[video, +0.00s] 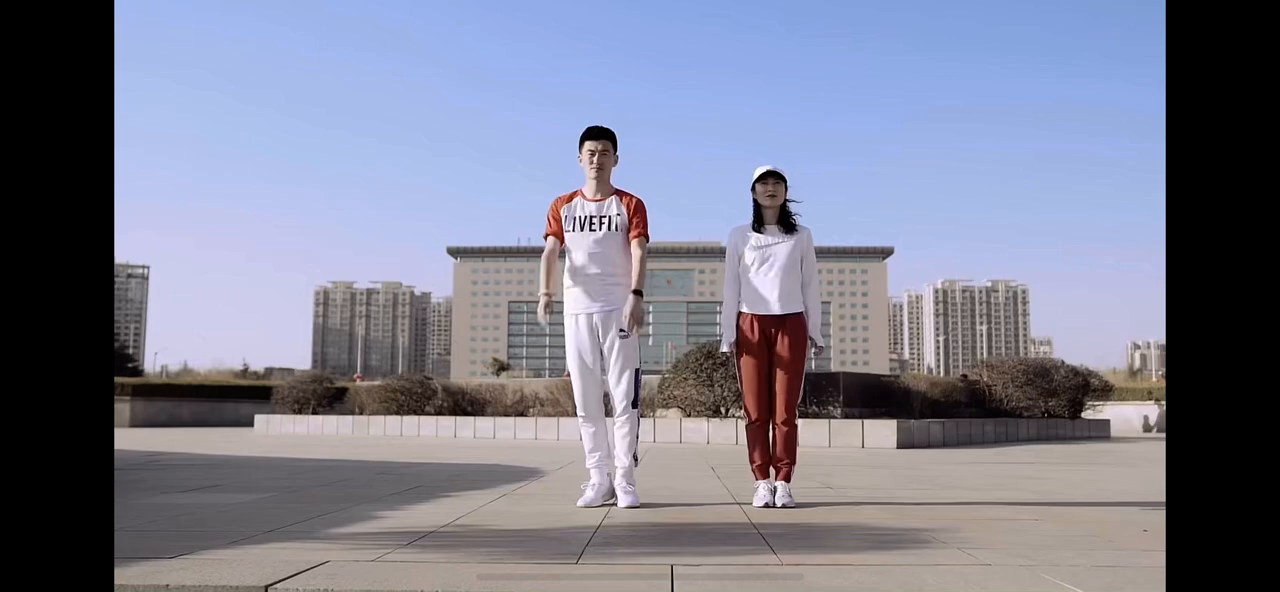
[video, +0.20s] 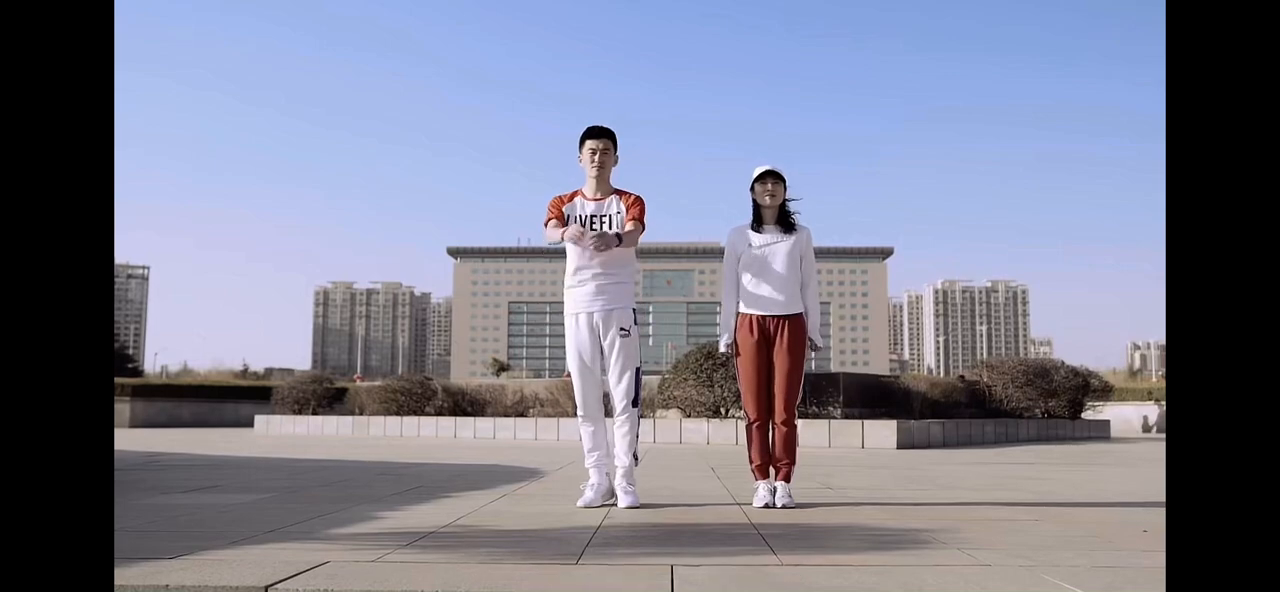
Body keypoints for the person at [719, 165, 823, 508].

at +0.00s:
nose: (770, 188)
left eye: (777, 183)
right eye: (764, 183)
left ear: (785, 192)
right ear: (754, 192)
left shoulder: (800, 234)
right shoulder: (740, 234)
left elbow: (811, 284)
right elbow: (730, 285)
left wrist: (814, 328)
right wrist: (727, 330)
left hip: (790, 324)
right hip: (750, 324)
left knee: (784, 410)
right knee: (755, 411)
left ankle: (783, 482)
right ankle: (762, 482)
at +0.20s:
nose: (769, 189)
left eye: (775, 184)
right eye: (762, 184)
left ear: (784, 192)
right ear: (753, 192)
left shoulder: (800, 234)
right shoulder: (739, 234)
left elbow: (810, 283)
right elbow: (729, 285)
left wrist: (813, 328)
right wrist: (726, 331)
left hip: (789, 324)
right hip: (749, 324)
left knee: (784, 409)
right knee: (755, 410)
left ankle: (783, 482)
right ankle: (762, 482)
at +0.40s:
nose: (768, 187)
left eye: (774, 182)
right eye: (761, 182)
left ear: (783, 192)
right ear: (752, 192)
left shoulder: (800, 233)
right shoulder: (739, 234)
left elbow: (811, 281)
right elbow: (730, 286)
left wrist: (814, 324)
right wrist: (726, 329)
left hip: (789, 323)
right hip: (749, 323)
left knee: (783, 409)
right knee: (754, 410)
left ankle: (783, 482)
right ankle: (762, 481)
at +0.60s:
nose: (767, 186)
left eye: (773, 182)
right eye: (760, 182)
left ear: (783, 191)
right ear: (751, 191)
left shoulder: (800, 232)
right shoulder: (739, 234)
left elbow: (811, 281)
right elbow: (731, 285)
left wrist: (815, 323)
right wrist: (727, 330)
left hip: (788, 323)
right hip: (748, 323)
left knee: (782, 407)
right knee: (754, 408)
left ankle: (783, 482)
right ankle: (762, 481)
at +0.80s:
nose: (768, 187)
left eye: (774, 182)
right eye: (761, 182)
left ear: (783, 190)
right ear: (752, 191)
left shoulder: (801, 231)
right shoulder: (738, 234)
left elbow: (811, 279)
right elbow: (730, 287)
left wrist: (811, 321)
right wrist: (726, 331)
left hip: (788, 323)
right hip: (748, 324)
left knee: (783, 408)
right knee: (754, 409)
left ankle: (784, 482)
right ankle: (763, 481)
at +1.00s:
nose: (769, 187)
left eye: (775, 182)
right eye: (762, 182)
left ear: (784, 191)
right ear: (752, 191)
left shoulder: (801, 233)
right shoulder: (739, 234)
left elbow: (811, 281)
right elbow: (730, 286)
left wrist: (813, 324)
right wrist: (726, 332)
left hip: (791, 325)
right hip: (750, 325)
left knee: (786, 408)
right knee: (755, 409)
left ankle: (783, 482)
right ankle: (762, 481)